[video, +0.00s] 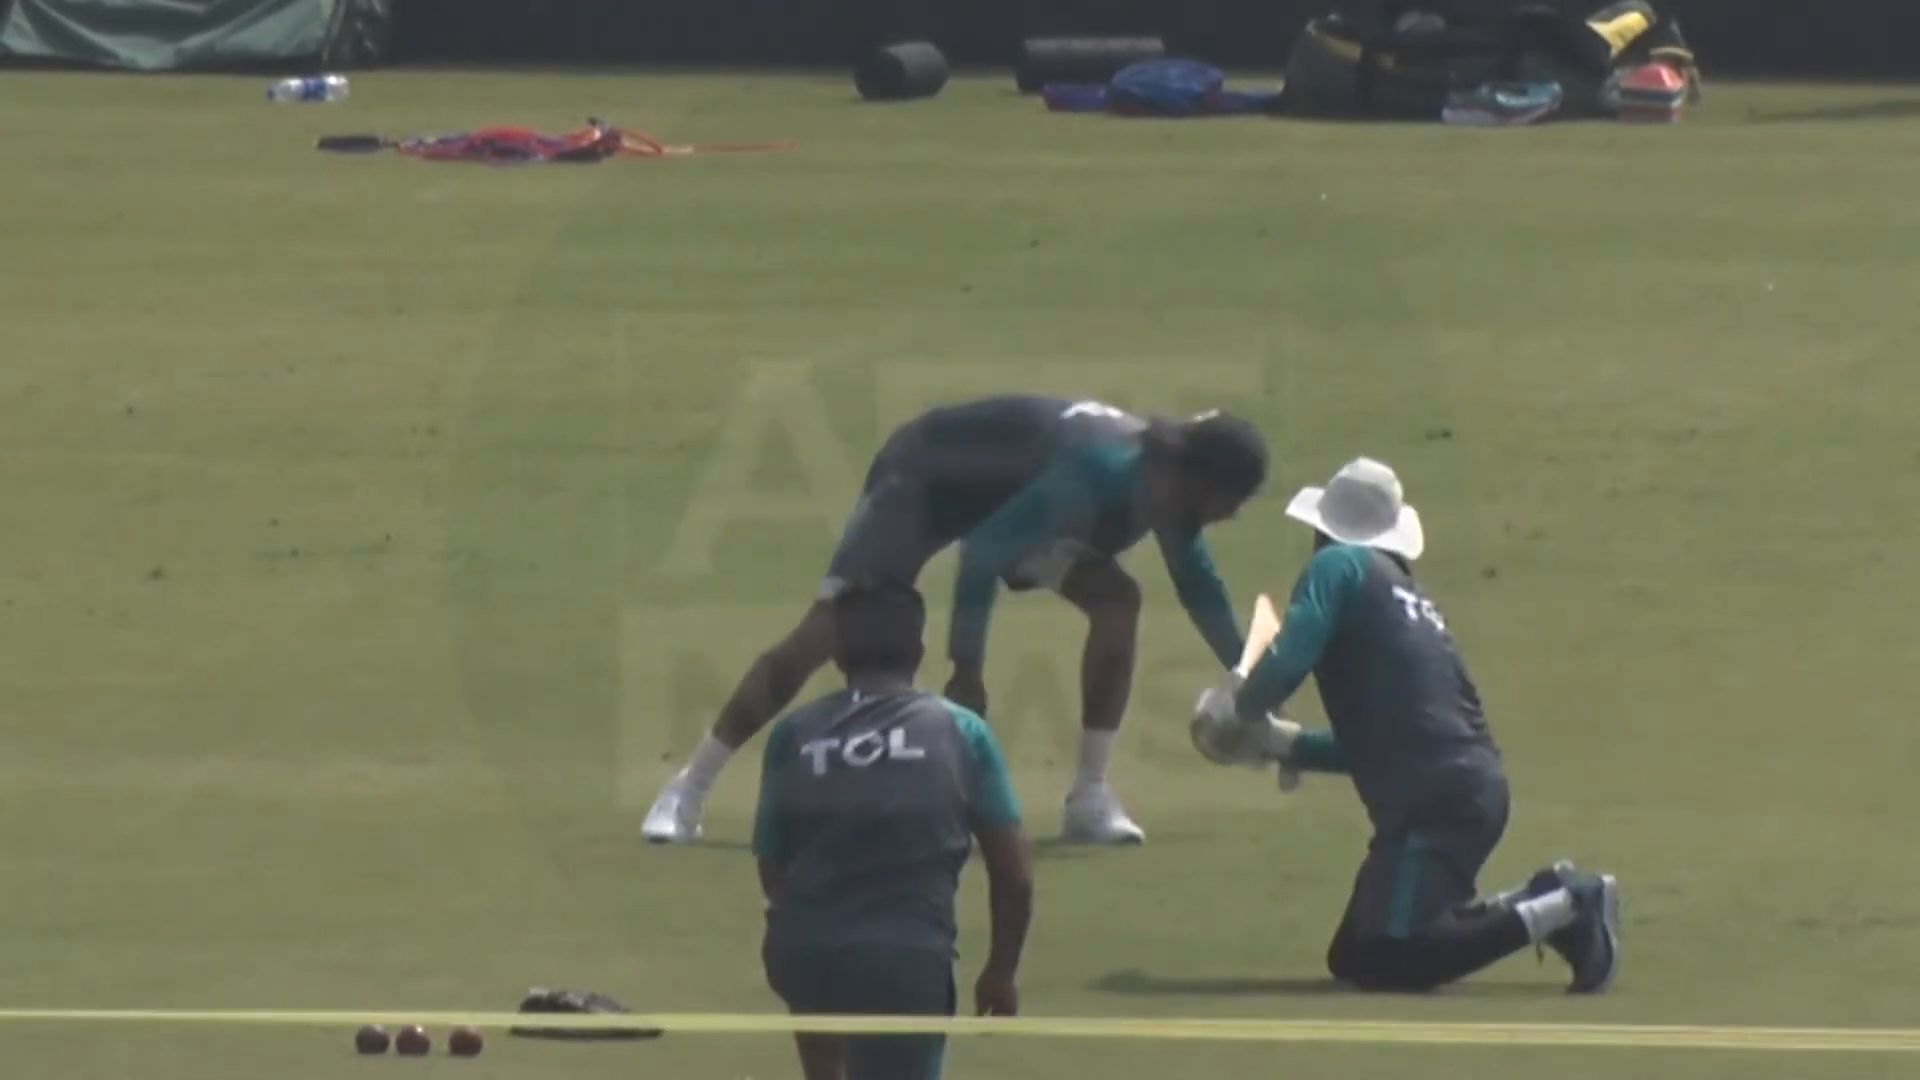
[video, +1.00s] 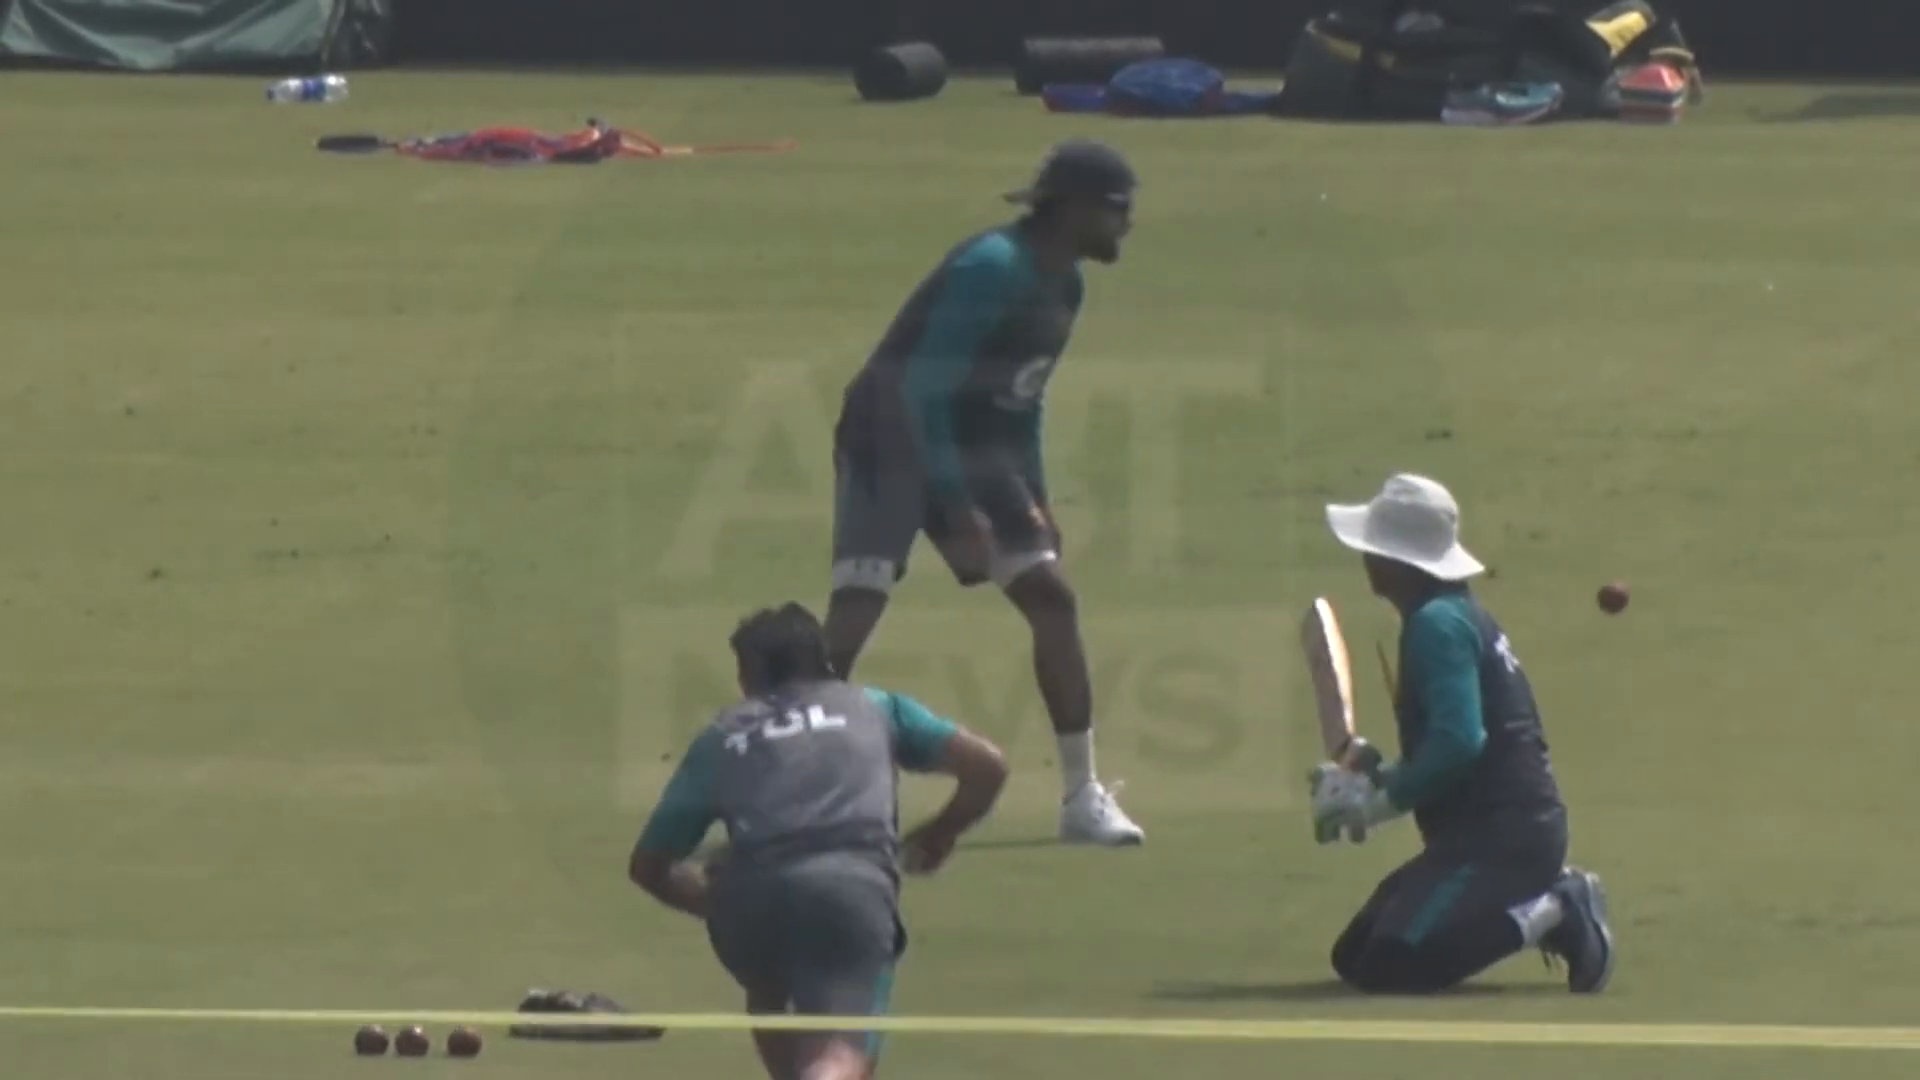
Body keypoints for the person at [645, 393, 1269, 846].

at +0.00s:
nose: (1208, 521)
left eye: (1218, 513)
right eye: (1207, 506)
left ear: (1197, 476)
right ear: (1181, 472)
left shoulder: (1166, 475)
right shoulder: (1094, 470)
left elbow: (1198, 580)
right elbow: (980, 561)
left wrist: (1249, 675)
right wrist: (967, 680)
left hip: (1012, 498)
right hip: (923, 474)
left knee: (1120, 599)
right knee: (826, 632)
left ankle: (1088, 797)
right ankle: (688, 790)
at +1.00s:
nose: (1127, 222)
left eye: (1128, 208)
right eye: (1116, 207)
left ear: (1083, 213)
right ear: (1071, 206)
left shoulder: (1064, 285)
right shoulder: (990, 267)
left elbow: (1024, 401)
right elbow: (921, 391)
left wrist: (1034, 496)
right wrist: (955, 508)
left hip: (980, 445)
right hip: (891, 439)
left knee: (1050, 599)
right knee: (858, 606)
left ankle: (1084, 795)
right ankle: (781, 772)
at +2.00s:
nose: (1010, 180)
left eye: (1024, 166)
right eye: (995, 165)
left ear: (1043, 169)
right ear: (968, 163)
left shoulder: (1066, 243)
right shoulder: (920, 245)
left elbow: (1105, 335)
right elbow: (875, 362)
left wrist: (1124, 396)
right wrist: (917, 435)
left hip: (1028, 457)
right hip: (925, 453)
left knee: (1109, 615)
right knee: (844, 616)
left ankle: (1157, 800)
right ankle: (764, 781)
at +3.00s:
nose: (983, 139)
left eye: (997, 127)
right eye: (968, 122)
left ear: (1013, 135)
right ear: (937, 125)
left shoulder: (1030, 204)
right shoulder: (894, 218)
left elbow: (1102, 182)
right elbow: (850, 335)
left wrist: (1027, 104)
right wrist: (877, 375)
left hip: (1021, 442)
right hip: (922, 443)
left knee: (1080, 624)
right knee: (844, 622)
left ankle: (1155, 798)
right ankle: (774, 784)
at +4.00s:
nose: (989, 159)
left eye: (1004, 146)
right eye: (975, 145)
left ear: (1026, 145)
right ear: (949, 143)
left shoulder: (1056, 220)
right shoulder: (903, 224)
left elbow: (1092, 321)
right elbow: (843, 327)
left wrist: (1070, 402)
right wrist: (880, 413)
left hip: (1018, 451)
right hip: (919, 453)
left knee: (1082, 624)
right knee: (862, 620)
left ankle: (1157, 798)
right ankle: (815, 794)